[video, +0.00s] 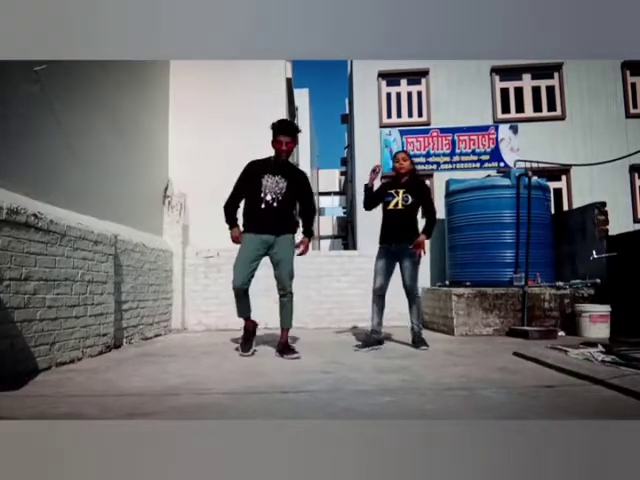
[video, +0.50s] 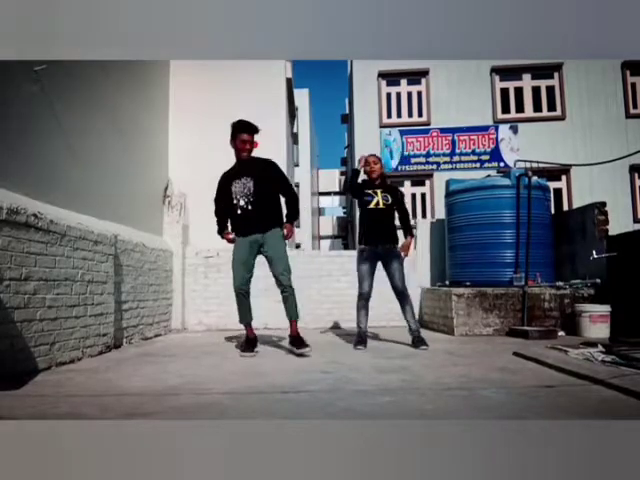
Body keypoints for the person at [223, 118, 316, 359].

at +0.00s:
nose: (285, 148)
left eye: (289, 143)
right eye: (280, 143)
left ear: (295, 145)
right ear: (273, 142)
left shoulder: (298, 176)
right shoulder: (254, 169)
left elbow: (308, 208)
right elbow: (232, 202)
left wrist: (307, 235)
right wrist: (233, 226)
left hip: (284, 237)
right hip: (254, 235)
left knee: (285, 287)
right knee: (239, 284)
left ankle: (284, 340)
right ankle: (248, 325)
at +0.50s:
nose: (246, 146)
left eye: (250, 142)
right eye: (242, 142)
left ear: (254, 144)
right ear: (233, 143)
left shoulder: (268, 167)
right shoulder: (227, 177)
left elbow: (291, 194)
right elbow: (221, 206)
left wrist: (290, 222)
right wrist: (223, 229)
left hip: (271, 232)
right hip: (244, 236)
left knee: (284, 281)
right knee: (240, 286)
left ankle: (295, 333)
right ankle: (249, 334)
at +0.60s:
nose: (242, 149)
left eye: (246, 145)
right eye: (238, 145)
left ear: (251, 147)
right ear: (229, 147)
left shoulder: (265, 170)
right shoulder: (225, 182)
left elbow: (290, 196)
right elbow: (220, 209)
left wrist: (290, 222)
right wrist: (223, 231)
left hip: (270, 236)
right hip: (243, 240)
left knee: (286, 281)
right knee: (240, 289)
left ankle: (300, 319)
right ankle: (251, 336)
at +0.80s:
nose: (242, 149)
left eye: (246, 145)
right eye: (238, 145)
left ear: (251, 147)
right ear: (230, 147)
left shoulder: (266, 170)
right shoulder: (224, 182)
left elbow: (289, 197)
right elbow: (218, 212)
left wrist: (289, 220)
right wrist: (222, 234)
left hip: (272, 235)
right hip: (244, 240)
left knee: (289, 276)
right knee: (243, 288)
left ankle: (293, 306)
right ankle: (251, 337)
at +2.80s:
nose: (267, 141)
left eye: (269, 135)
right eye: (262, 137)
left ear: (275, 134)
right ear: (257, 140)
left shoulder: (293, 158)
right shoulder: (255, 162)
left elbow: (322, 167)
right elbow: (246, 172)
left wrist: (306, 142)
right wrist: (252, 142)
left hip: (292, 232)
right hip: (262, 233)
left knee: (296, 288)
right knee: (251, 285)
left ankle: (292, 340)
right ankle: (244, 343)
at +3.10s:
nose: (267, 147)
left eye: (269, 141)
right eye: (262, 143)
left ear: (278, 138)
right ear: (258, 145)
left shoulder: (298, 164)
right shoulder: (257, 165)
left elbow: (318, 194)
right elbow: (237, 154)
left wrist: (317, 210)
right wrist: (246, 129)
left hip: (292, 235)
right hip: (263, 233)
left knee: (294, 288)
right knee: (244, 275)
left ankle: (291, 340)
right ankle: (248, 329)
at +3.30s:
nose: (264, 139)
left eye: (268, 134)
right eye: (259, 135)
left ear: (275, 135)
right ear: (253, 138)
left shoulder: (291, 164)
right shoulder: (249, 165)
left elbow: (308, 198)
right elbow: (219, 177)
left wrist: (305, 227)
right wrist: (224, 145)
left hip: (289, 234)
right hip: (259, 235)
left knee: (292, 289)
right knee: (248, 288)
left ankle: (291, 340)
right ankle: (245, 342)